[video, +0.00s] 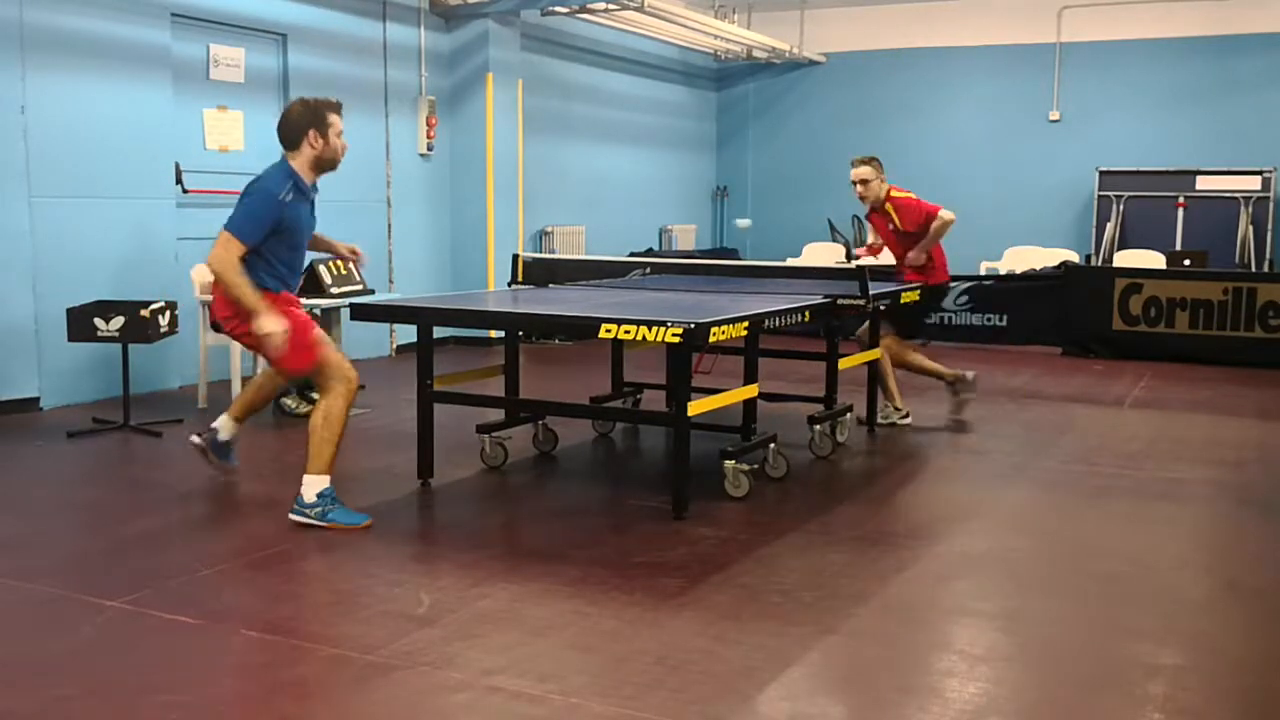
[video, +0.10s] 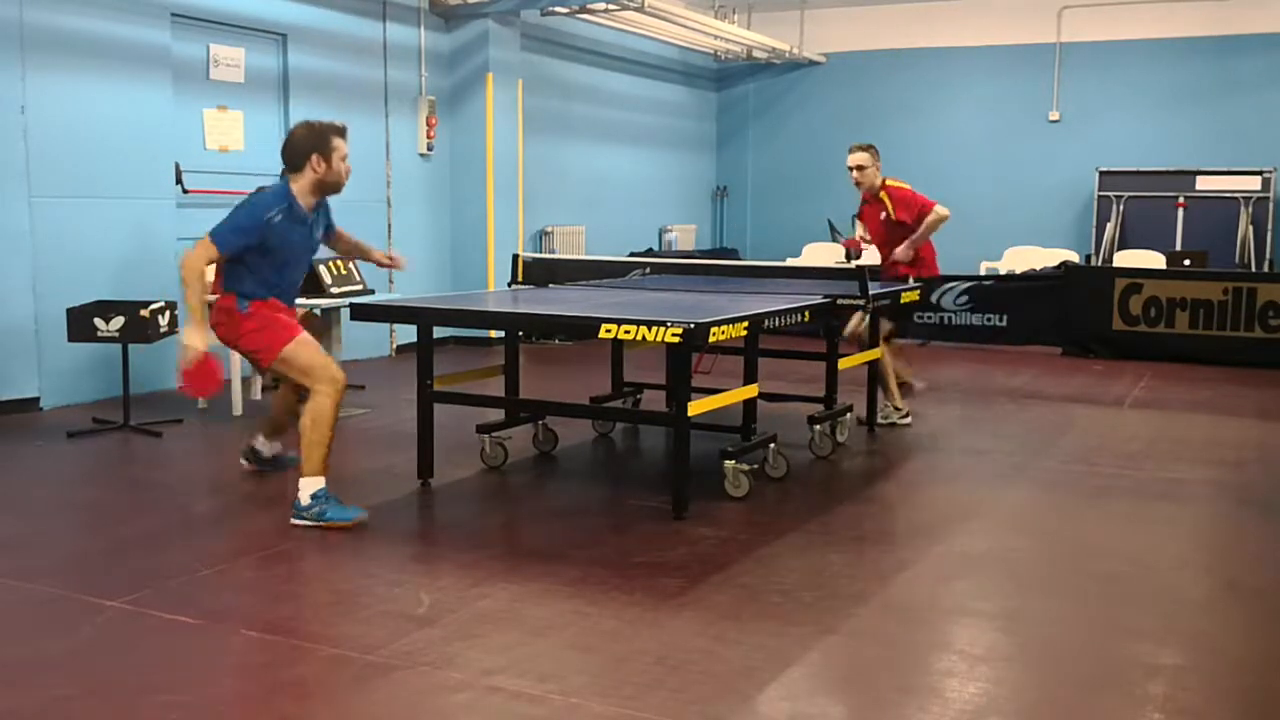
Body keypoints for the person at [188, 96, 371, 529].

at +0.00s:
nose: (344, 145)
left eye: (343, 135)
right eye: (339, 135)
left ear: (311, 141)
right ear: (313, 140)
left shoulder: (304, 186)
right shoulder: (272, 188)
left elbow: (291, 236)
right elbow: (221, 258)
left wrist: (334, 247)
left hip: (274, 298)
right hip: (248, 302)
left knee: (290, 364)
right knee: (342, 379)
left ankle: (219, 433)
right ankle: (313, 496)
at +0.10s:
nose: (348, 167)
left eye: (347, 158)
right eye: (342, 159)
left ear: (317, 165)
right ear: (316, 165)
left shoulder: (317, 205)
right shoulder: (265, 206)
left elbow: (334, 239)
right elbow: (194, 261)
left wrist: (373, 255)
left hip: (276, 308)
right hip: (243, 310)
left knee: (301, 384)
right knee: (330, 380)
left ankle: (263, 447)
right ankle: (311, 497)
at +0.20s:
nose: (346, 194)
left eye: (345, 186)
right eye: (339, 186)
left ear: (316, 190)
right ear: (312, 190)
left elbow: (372, 240)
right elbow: (186, 258)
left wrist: (412, 262)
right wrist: (161, 314)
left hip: (280, 321)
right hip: (240, 320)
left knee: (316, 383)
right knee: (311, 377)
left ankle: (266, 451)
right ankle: (303, 496)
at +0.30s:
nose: (345, 198)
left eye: (344, 189)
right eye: (338, 190)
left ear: (316, 195)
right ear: (308, 194)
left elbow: (380, 239)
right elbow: (187, 254)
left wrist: (432, 259)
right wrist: (155, 301)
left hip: (278, 319)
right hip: (235, 317)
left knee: (323, 385)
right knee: (298, 377)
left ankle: (265, 451)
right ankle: (300, 493)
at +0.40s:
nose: (346, 167)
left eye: (344, 159)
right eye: (338, 159)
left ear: (314, 165)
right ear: (308, 163)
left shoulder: (328, 207)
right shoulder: (258, 206)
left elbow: (351, 231)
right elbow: (207, 255)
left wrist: (379, 248)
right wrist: (193, 288)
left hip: (272, 299)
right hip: (234, 295)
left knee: (310, 368)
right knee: (281, 375)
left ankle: (265, 449)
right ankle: (290, 486)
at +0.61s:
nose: (325, 152)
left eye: (325, 144)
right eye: (318, 144)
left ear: (283, 149)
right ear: (289, 146)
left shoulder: (246, 181)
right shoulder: (297, 182)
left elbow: (254, 246)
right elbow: (337, 213)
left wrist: (305, 273)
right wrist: (330, 202)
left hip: (230, 300)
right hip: (274, 300)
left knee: (279, 357)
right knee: (304, 407)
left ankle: (263, 447)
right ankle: (267, 484)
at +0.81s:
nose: (321, 140)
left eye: (321, 132)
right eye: (315, 133)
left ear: (281, 138)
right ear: (288, 136)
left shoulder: (241, 176)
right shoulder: (290, 174)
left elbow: (202, 230)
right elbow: (326, 240)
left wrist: (235, 266)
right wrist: (321, 241)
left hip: (225, 286)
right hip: (264, 285)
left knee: (276, 358)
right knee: (311, 383)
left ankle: (264, 446)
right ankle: (292, 479)